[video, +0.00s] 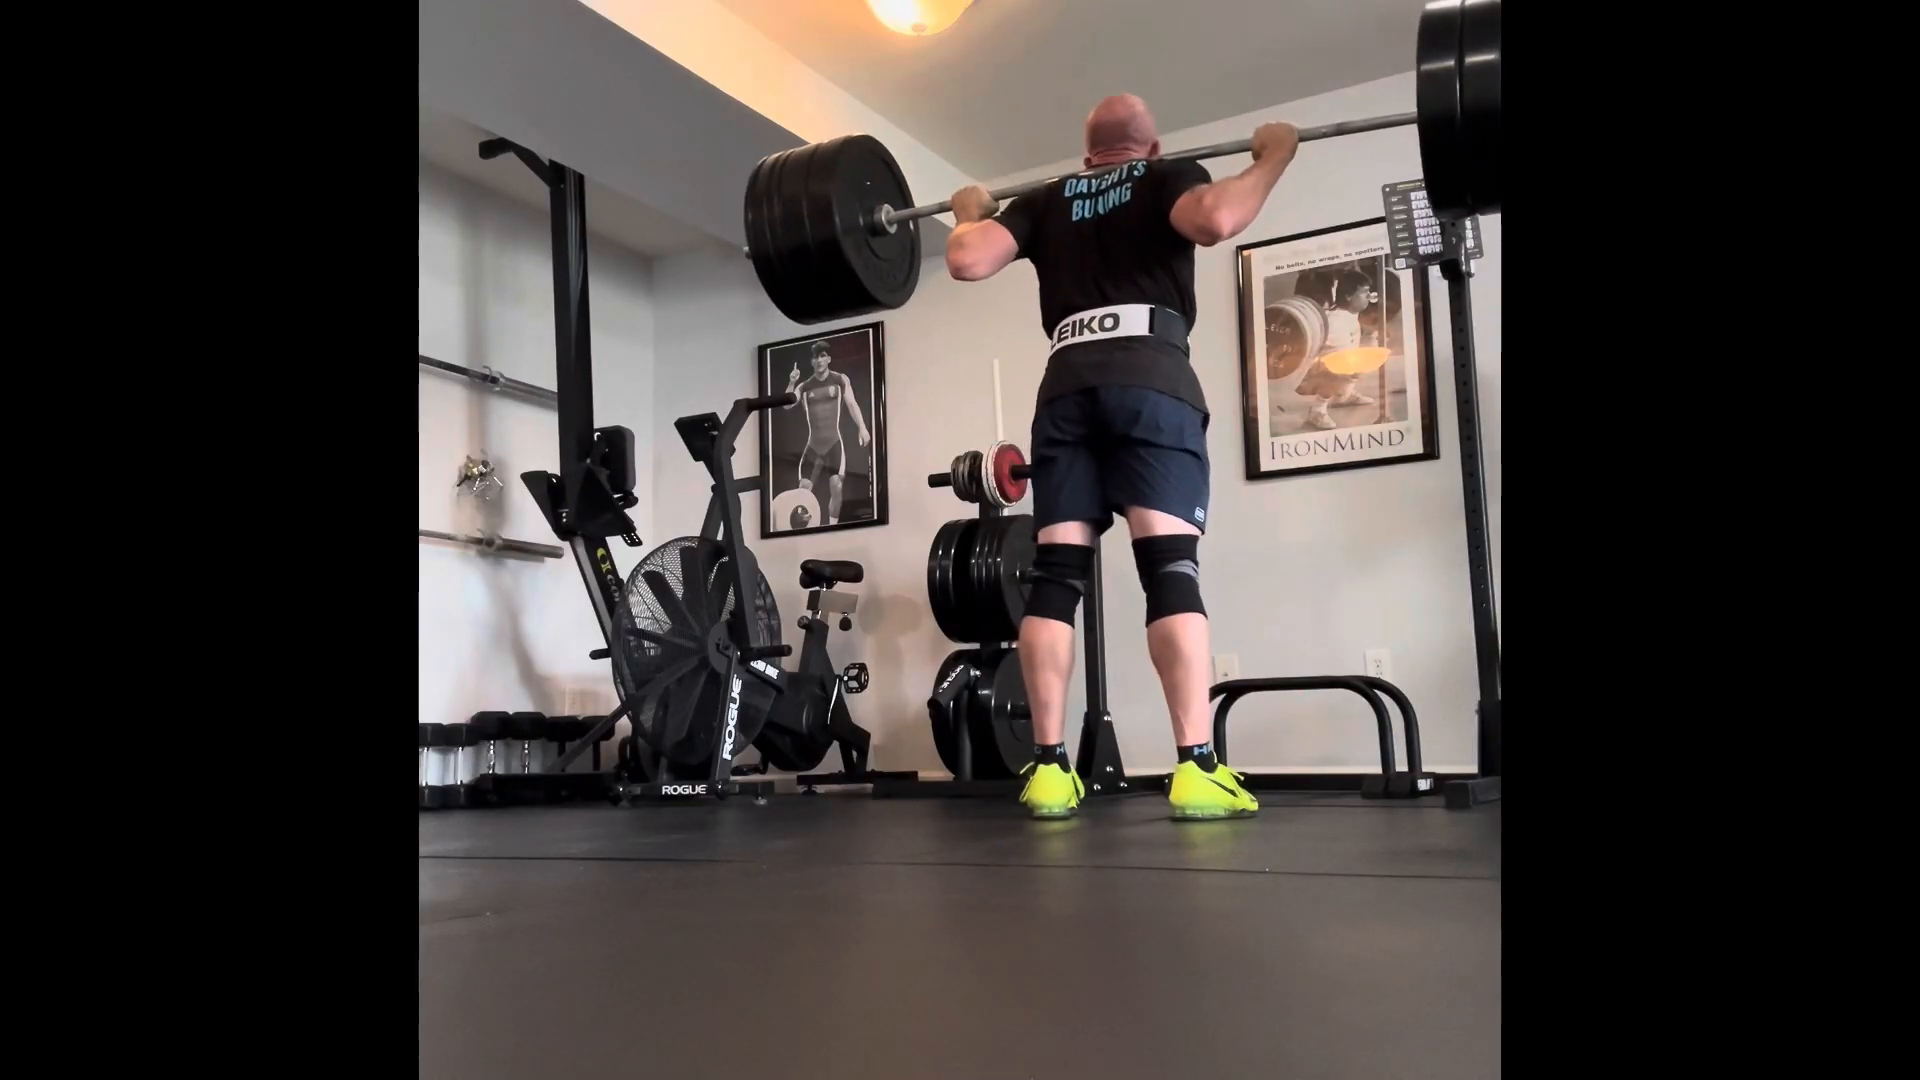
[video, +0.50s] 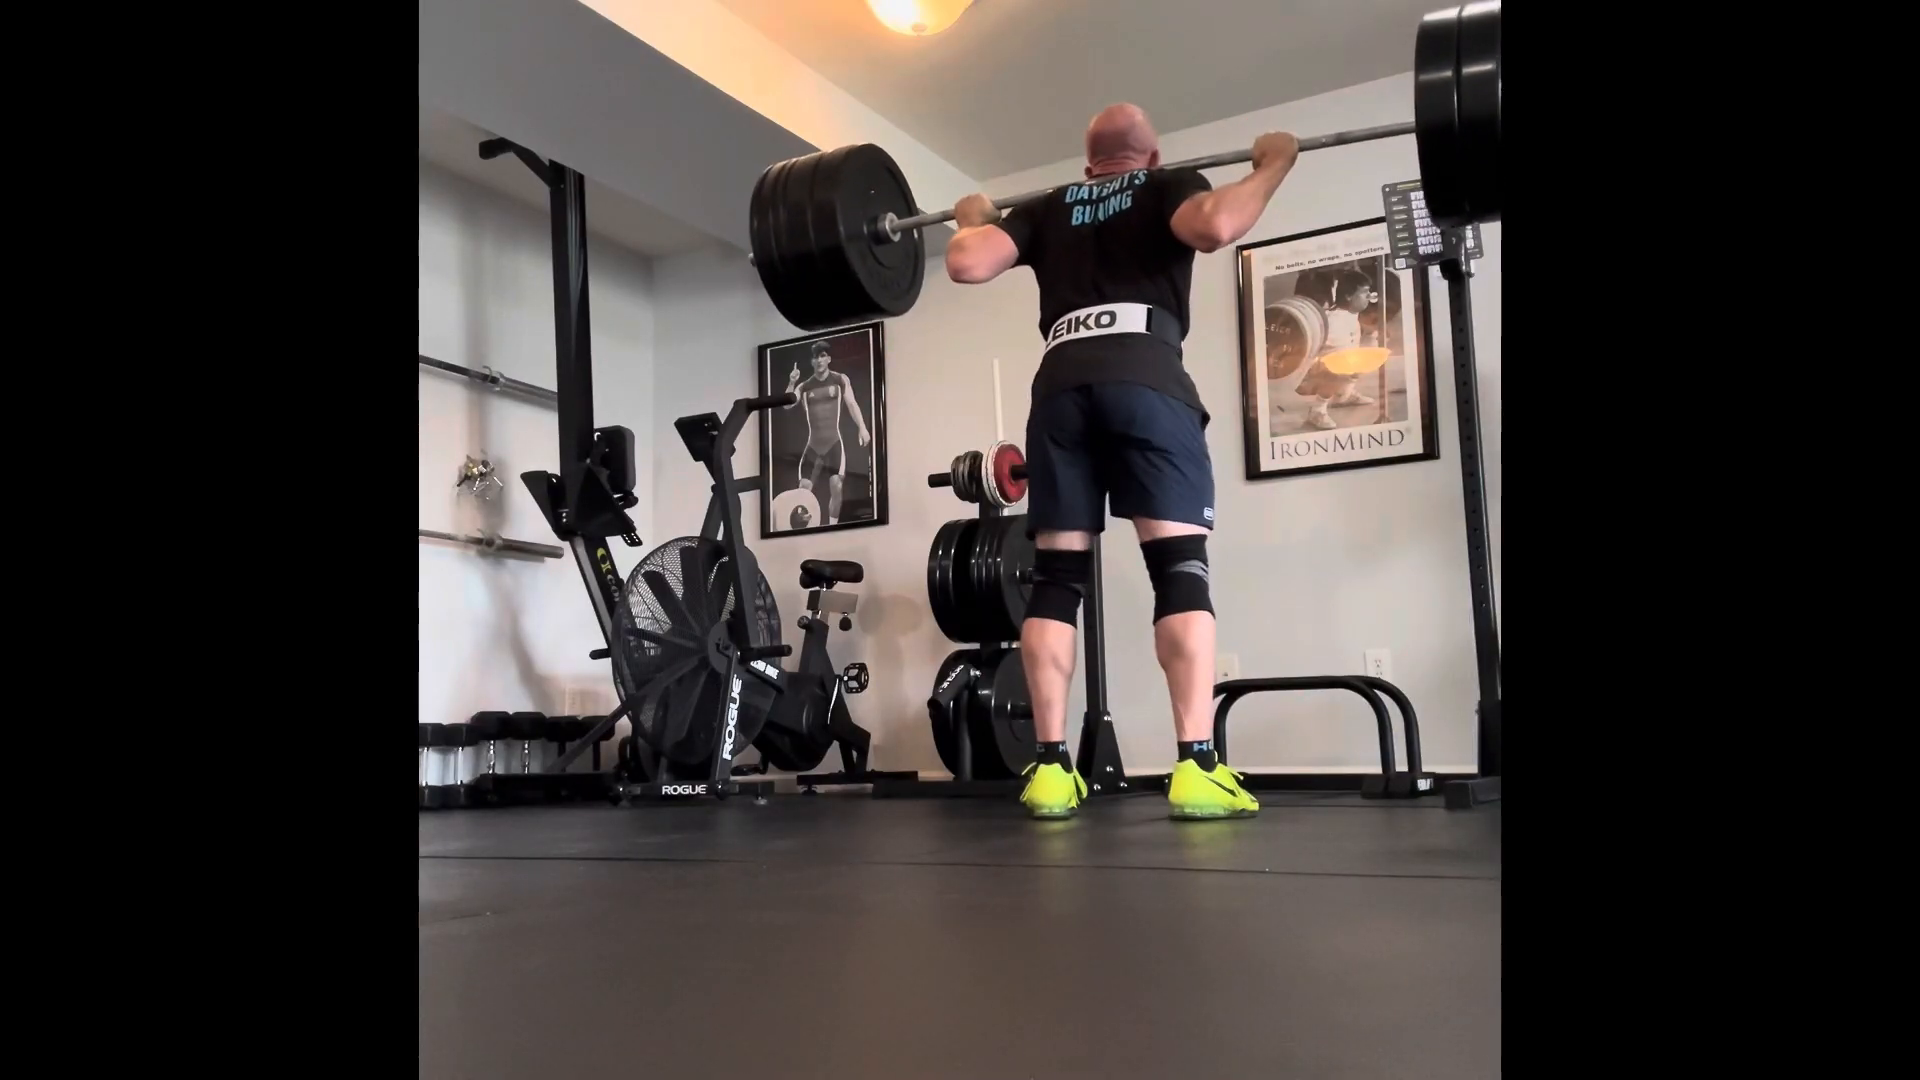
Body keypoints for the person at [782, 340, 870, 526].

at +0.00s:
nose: (819, 361)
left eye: (823, 356)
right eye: (816, 357)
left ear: (829, 359)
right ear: (811, 361)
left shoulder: (840, 380)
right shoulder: (803, 386)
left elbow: (852, 405)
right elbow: (787, 406)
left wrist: (862, 428)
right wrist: (791, 384)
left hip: (834, 442)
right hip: (813, 444)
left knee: (836, 485)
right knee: (804, 486)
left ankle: (832, 529)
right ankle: (802, 528)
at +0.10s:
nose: (819, 361)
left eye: (823, 356)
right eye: (816, 357)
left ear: (829, 359)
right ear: (811, 361)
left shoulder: (840, 380)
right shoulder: (803, 386)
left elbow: (852, 405)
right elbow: (787, 406)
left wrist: (862, 428)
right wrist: (791, 384)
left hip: (834, 442)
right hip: (813, 444)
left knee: (836, 485)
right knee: (804, 486)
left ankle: (832, 529)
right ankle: (802, 528)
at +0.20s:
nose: (819, 361)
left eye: (823, 356)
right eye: (816, 357)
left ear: (829, 359)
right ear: (811, 361)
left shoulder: (840, 380)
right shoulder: (803, 386)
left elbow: (852, 405)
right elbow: (787, 406)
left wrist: (862, 428)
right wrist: (791, 384)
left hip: (834, 442)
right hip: (813, 444)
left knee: (836, 485)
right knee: (804, 486)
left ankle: (832, 529)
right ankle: (802, 528)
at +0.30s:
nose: (819, 361)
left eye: (823, 356)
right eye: (816, 357)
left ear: (829, 359)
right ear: (811, 361)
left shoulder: (840, 380)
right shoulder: (803, 386)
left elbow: (852, 405)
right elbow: (787, 406)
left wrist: (862, 428)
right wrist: (791, 384)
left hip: (834, 442)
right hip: (813, 444)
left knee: (836, 485)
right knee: (804, 486)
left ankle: (832, 529)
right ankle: (802, 528)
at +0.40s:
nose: (819, 361)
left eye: (823, 356)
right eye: (816, 357)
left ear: (829, 359)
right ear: (811, 361)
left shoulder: (840, 380)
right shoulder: (803, 386)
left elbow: (852, 405)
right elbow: (787, 406)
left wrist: (862, 428)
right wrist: (791, 384)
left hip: (834, 442)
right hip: (813, 444)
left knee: (836, 484)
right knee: (804, 486)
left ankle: (832, 529)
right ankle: (802, 528)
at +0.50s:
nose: (819, 361)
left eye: (823, 356)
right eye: (816, 357)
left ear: (829, 359)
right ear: (811, 361)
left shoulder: (840, 380)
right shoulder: (803, 386)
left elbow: (852, 405)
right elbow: (787, 406)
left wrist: (862, 428)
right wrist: (791, 384)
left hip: (834, 442)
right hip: (813, 444)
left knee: (836, 485)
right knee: (804, 486)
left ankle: (832, 529)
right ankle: (802, 528)